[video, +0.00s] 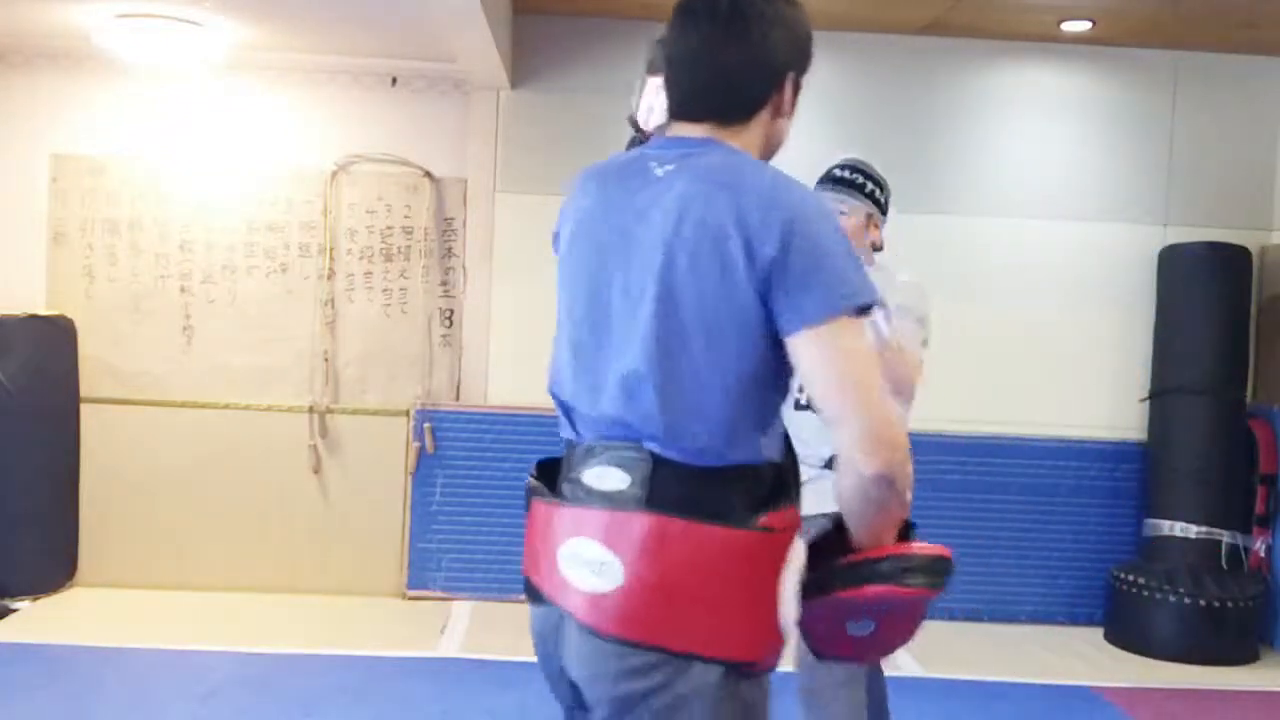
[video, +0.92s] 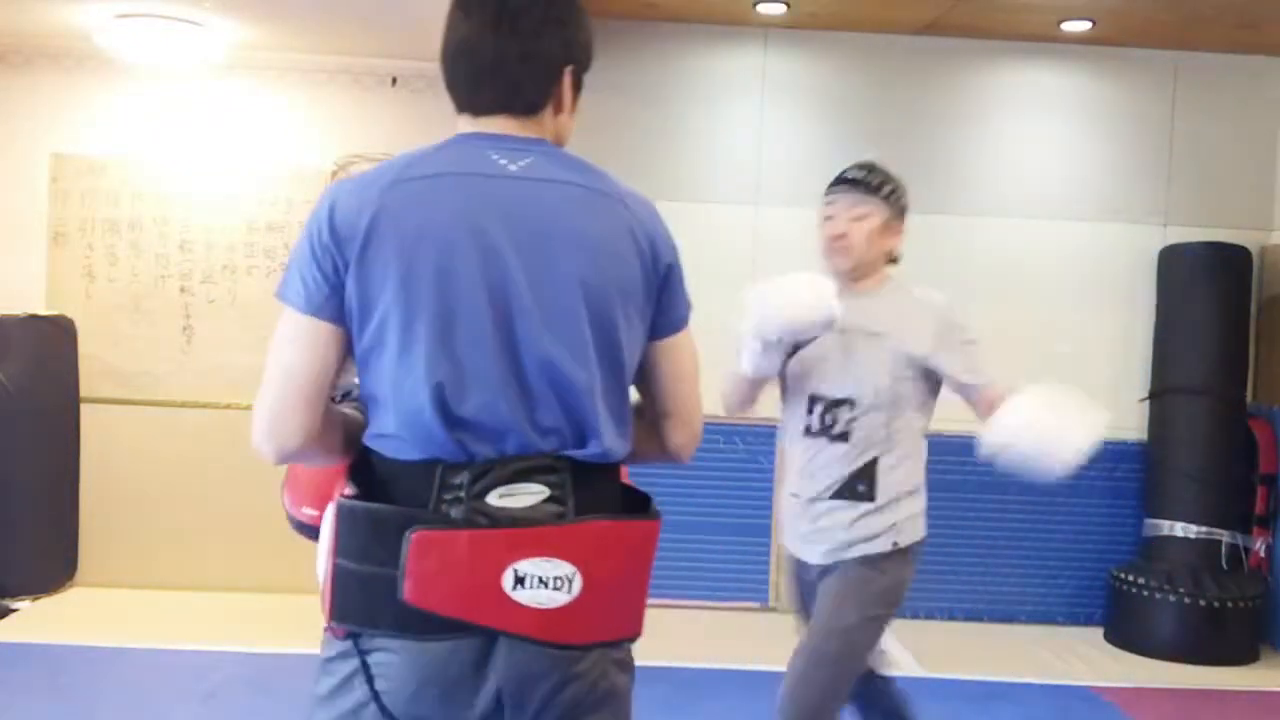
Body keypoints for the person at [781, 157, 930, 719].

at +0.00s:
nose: (833, 224)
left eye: (847, 214)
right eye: (826, 210)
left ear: (875, 230)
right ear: (809, 215)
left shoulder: (896, 293)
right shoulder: (784, 281)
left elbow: (902, 383)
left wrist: (850, 300)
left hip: (842, 496)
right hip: (775, 491)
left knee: (831, 653)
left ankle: (839, 711)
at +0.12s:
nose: (816, 220)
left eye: (835, 207)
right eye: (814, 206)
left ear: (875, 228)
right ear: (805, 209)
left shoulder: (880, 279)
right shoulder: (821, 283)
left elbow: (823, 264)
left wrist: (793, 191)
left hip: (879, 505)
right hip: (826, 498)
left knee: (837, 682)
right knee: (817, 648)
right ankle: (866, 713)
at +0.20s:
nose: (818, 221)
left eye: (839, 210)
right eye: (815, 207)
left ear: (878, 232)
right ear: (806, 214)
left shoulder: (886, 284)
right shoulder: (818, 284)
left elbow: (825, 279)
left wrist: (773, 217)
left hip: (883, 506)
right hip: (823, 498)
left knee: (840, 679)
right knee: (805, 631)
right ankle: (869, 706)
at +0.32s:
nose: (828, 223)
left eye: (847, 210)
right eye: (823, 208)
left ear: (887, 223)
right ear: (816, 211)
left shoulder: (908, 295)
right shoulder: (816, 288)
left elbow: (867, 375)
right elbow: (768, 380)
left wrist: (794, 335)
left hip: (885, 506)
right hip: (823, 501)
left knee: (849, 682)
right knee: (842, 669)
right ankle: (898, 713)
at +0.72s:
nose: (843, 241)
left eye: (859, 228)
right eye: (834, 228)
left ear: (896, 235)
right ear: (824, 233)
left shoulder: (922, 310)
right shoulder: (833, 315)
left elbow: (964, 419)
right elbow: (819, 418)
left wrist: (899, 402)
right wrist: (776, 377)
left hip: (907, 518)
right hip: (841, 520)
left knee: (834, 677)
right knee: (880, 677)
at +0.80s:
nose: (828, 244)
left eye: (844, 231)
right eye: (819, 230)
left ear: (880, 241)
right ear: (809, 236)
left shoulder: (902, 312)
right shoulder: (829, 323)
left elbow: (965, 407)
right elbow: (800, 427)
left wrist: (915, 429)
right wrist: (755, 393)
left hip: (903, 537)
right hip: (850, 538)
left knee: (835, 694)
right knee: (881, 688)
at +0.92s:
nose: (836, 229)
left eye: (856, 216)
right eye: (829, 216)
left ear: (893, 235)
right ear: (818, 226)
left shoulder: (925, 317)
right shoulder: (798, 309)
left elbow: (991, 404)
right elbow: (735, 403)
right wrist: (768, 338)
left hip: (879, 544)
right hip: (804, 541)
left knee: (802, 703)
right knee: (860, 687)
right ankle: (897, 712)